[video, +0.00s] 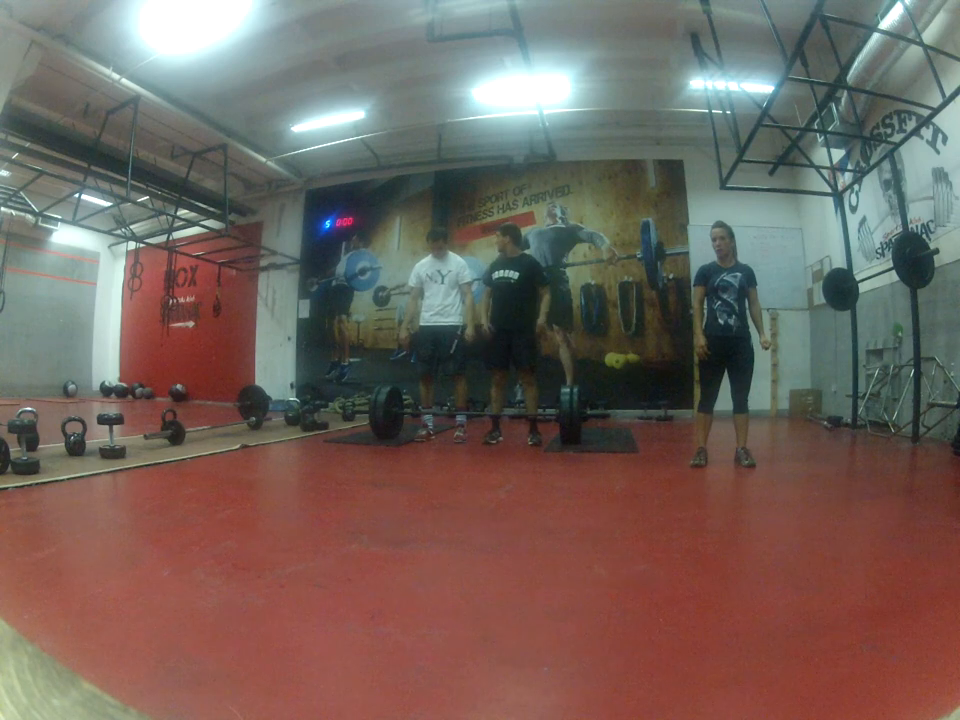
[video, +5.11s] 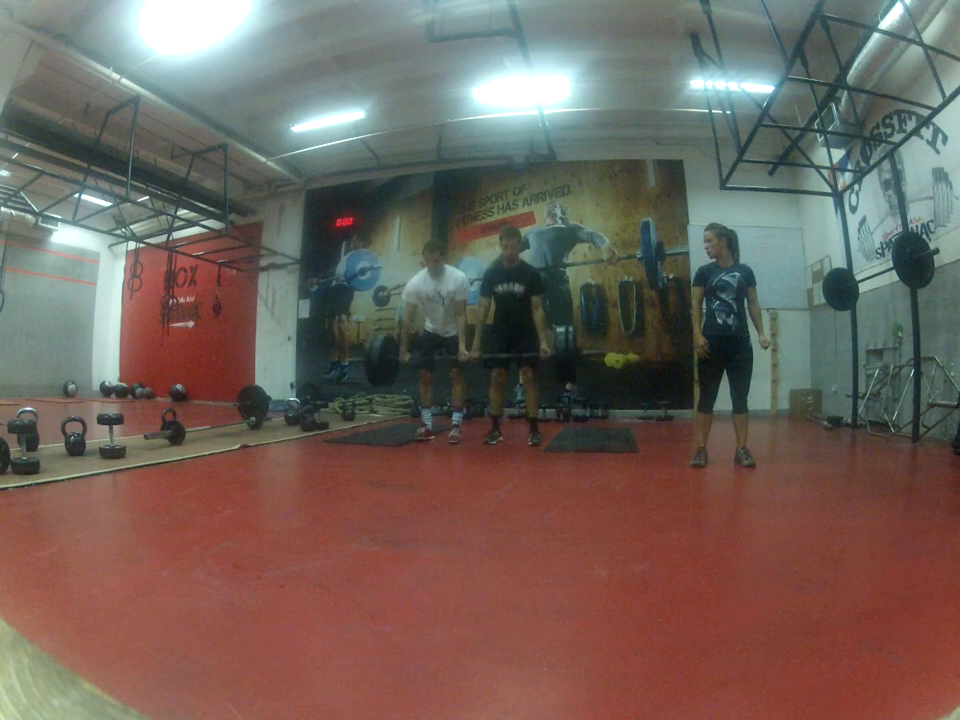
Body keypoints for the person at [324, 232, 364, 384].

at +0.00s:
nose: (352, 243)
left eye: (354, 241)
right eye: (352, 240)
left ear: (360, 242)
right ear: (353, 242)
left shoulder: (360, 256)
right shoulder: (348, 256)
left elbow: (362, 275)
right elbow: (337, 273)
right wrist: (319, 280)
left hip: (346, 289)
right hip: (336, 288)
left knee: (342, 324)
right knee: (334, 325)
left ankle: (345, 362)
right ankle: (335, 360)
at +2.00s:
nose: (353, 243)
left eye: (355, 241)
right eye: (353, 241)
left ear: (361, 243)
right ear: (354, 242)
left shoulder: (360, 256)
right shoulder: (348, 256)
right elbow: (336, 271)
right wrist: (319, 278)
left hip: (346, 288)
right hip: (336, 288)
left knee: (342, 324)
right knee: (334, 325)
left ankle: (345, 362)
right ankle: (335, 361)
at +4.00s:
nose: (353, 243)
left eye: (356, 241)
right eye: (353, 241)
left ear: (361, 243)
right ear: (353, 242)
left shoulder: (360, 256)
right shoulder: (347, 256)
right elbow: (336, 272)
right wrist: (318, 279)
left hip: (346, 288)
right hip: (335, 288)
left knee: (342, 324)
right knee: (333, 325)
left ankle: (345, 363)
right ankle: (335, 361)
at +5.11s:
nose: (354, 243)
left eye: (357, 241)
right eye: (354, 240)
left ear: (362, 243)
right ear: (352, 242)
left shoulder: (361, 257)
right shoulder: (347, 257)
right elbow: (336, 273)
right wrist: (319, 280)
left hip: (346, 289)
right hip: (335, 289)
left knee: (343, 326)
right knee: (333, 326)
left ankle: (345, 364)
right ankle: (335, 362)